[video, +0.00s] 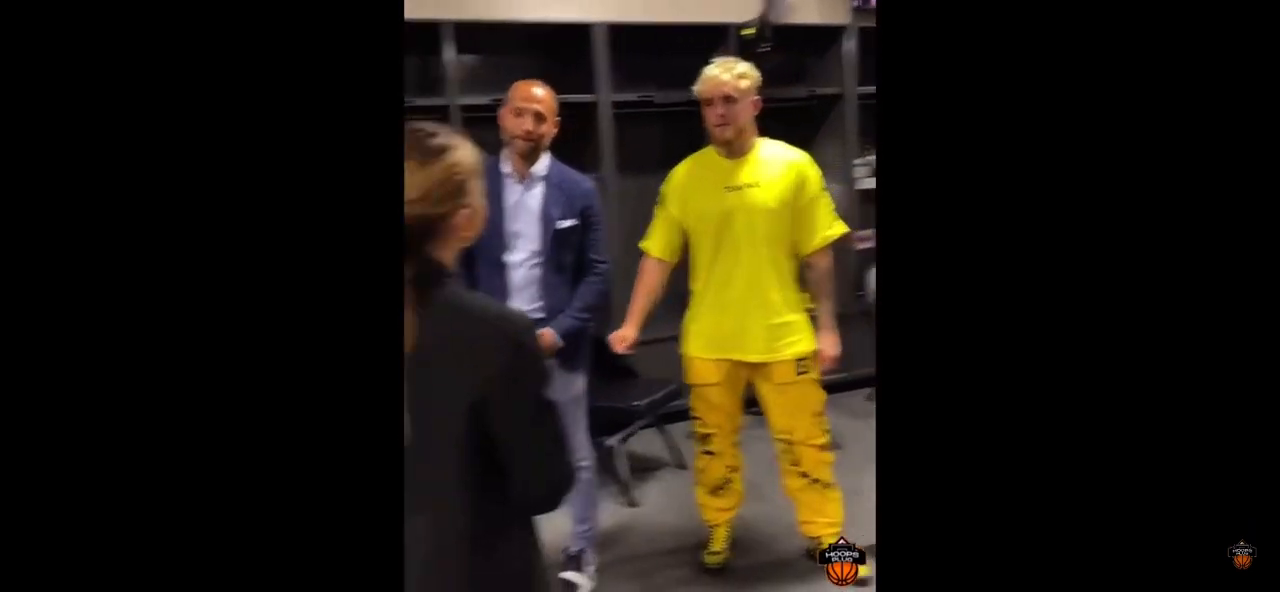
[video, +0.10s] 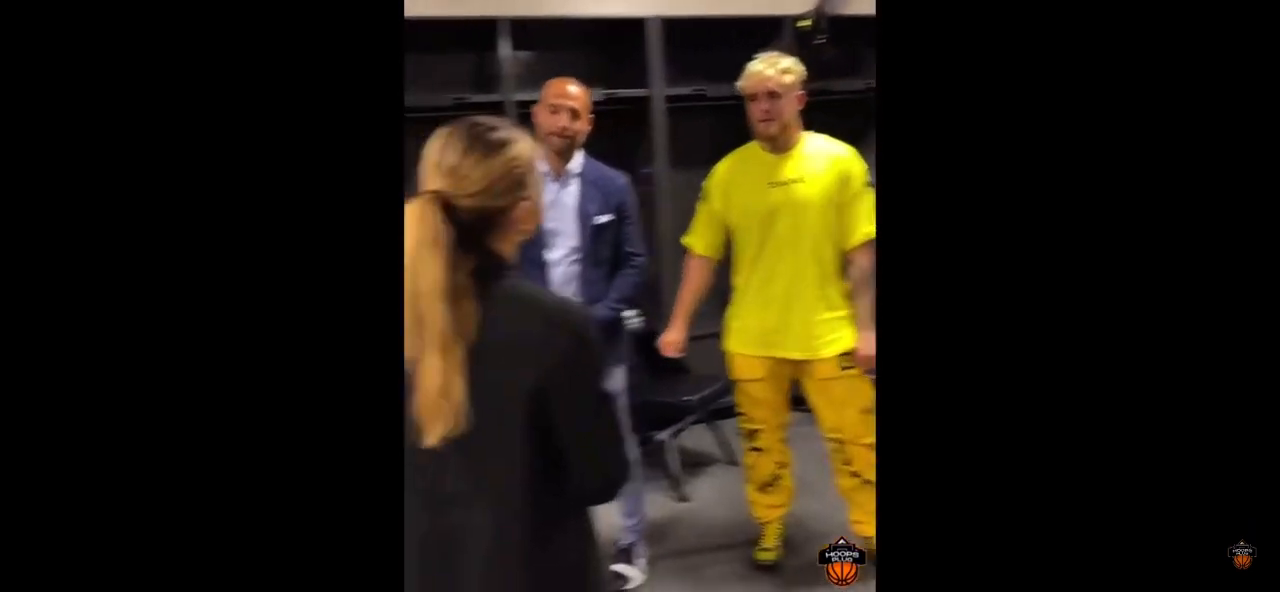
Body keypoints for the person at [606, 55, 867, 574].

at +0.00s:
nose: (717, 112)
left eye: (728, 101)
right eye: (709, 103)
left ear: (755, 104)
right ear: (700, 109)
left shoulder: (794, 167)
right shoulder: (685, 177)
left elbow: (817, 251)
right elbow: (658, 254)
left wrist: (827, 326)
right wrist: (632, 323)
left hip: (784, 331)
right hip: (711, 334)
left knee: (806, 439)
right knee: (713, 439)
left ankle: (824, 536)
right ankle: (718, 526)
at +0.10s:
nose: (762, 107)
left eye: (773, 96)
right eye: (752, 98)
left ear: (800, 99)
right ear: (744, 104)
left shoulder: (839, 162)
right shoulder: (728, 173)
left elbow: (861, 252)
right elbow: (701, 254)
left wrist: (867, 328)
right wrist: (678, 324)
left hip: (828, 329)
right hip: (753, 331)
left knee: (855, 440)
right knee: (760, 436)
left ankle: (868, 532)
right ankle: (769, 524)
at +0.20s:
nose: (811, 100)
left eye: (822, 89)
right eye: (802, 91)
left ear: (846, 93)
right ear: (791, 99)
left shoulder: (872, 151)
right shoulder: (774, 169)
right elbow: (753, 251)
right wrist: (737, 326)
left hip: (868, 322)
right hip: (802, 324)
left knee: (876, 425)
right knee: (811, 431)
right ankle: (822, 525)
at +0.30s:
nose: (852, 95)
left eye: (862, 84)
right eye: (842, 86)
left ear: (880, 90)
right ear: (832, 95)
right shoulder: (818, 166)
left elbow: (803, 251)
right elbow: (804, 253)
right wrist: (799, 329)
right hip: (847, 324)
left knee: (866, 435)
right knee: (856, 434)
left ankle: (869, 530)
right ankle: (866, 530)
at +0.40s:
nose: (874, 96)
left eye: (876, 85)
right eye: (871, 86)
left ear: (877, 90)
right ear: (863, 92)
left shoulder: (853, 166)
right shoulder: (852, 166)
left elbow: (846, 253)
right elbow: (846, 253)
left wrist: (850, 329)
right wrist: (848, 329)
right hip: (871, 329)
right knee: (875, 424)